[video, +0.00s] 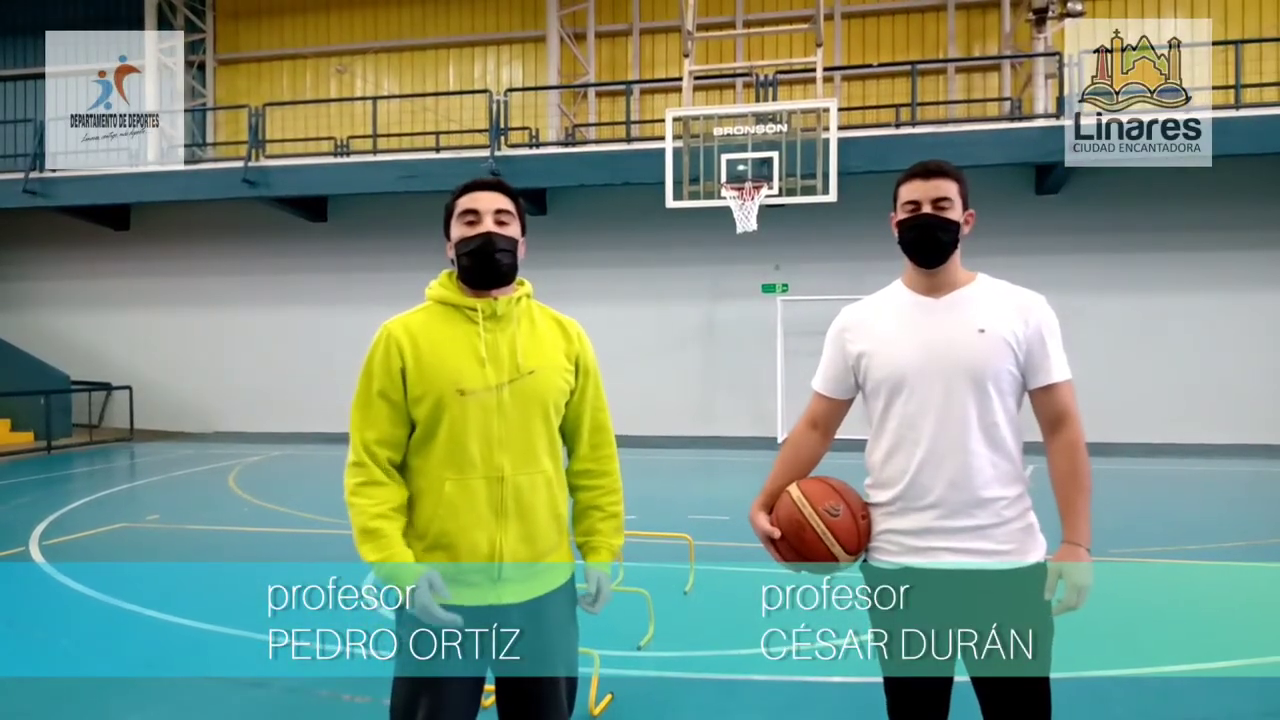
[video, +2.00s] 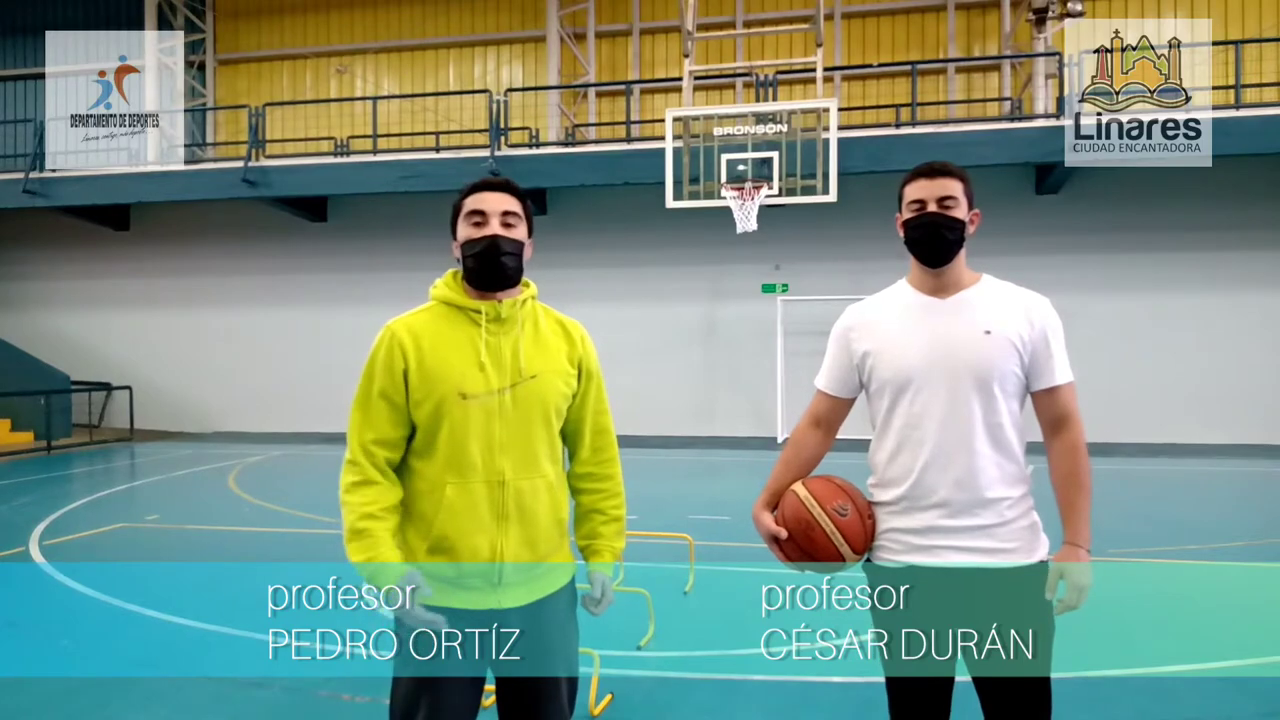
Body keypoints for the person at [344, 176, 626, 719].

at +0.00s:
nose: (487, 227)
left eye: (503, 218)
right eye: (469, 219)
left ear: (522, 242)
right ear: (449, 243)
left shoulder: (563, 337)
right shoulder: (403, 340)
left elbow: (594, 457)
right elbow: (371, 466)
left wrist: (599, 552)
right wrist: (397, 569)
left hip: (543, 590)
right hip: (439, 592)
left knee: (547, 712)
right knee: (431, 715)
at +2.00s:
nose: (493, 230)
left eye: (509, 221)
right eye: (476, 220)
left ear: (527, 245)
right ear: (454, 244)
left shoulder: (567, 340)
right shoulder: (407, 339)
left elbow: (596, 459)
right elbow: (369, 464)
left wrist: (601, 555)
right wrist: (382, 566)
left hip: (542, 592)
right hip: (438, 595)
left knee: (548, 713)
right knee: (431, 714)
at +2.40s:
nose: (482, 231)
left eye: (499, 220)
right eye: (464, 221)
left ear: (519, 243)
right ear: (445, 245)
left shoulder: (562, 337)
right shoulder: (401, 344)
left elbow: (596, 454)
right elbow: (366, 470)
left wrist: (604, 551)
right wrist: (366, 587)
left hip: (542, 593)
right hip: (438, 596)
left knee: (549, 712)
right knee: (431, 714)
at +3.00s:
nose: (464, 234)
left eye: (479, 222)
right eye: (446, 224)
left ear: (500, 243)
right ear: (426, 248)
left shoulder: (549, 334)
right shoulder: (386, 352)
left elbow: (587, 445)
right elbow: (358, 480)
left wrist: (597, 537)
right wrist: (360, 597)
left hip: (538, 592)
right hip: (435, 598)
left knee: (545, 711)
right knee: (430, 714)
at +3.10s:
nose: (463, 234)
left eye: (478, 222)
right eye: (445, 224)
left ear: (499, 243)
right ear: (425, 247)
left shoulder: (548, 334)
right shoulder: (385, 351)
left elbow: (585, 444)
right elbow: (359, 479)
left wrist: (595, 538)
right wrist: (365, 598)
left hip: (537, 591)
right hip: (434, 597)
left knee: (545, 711)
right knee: (430, 714)